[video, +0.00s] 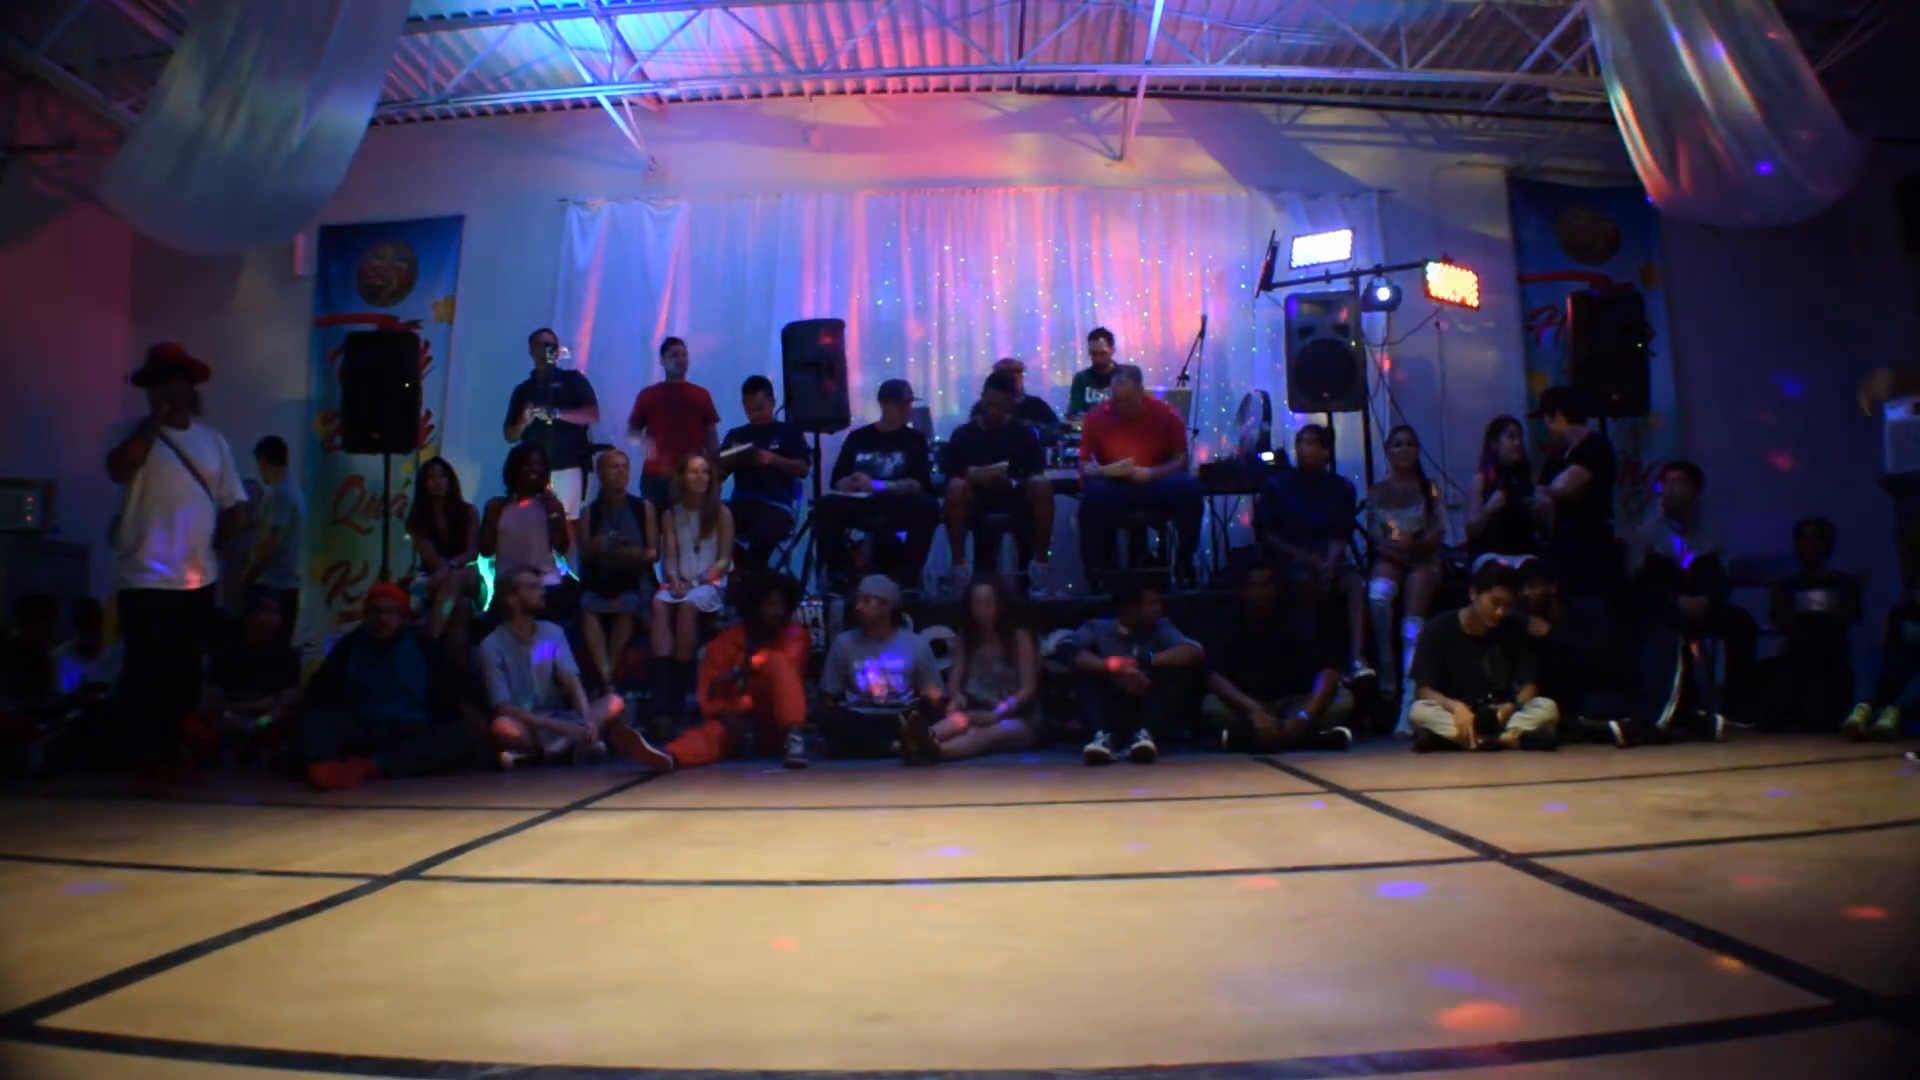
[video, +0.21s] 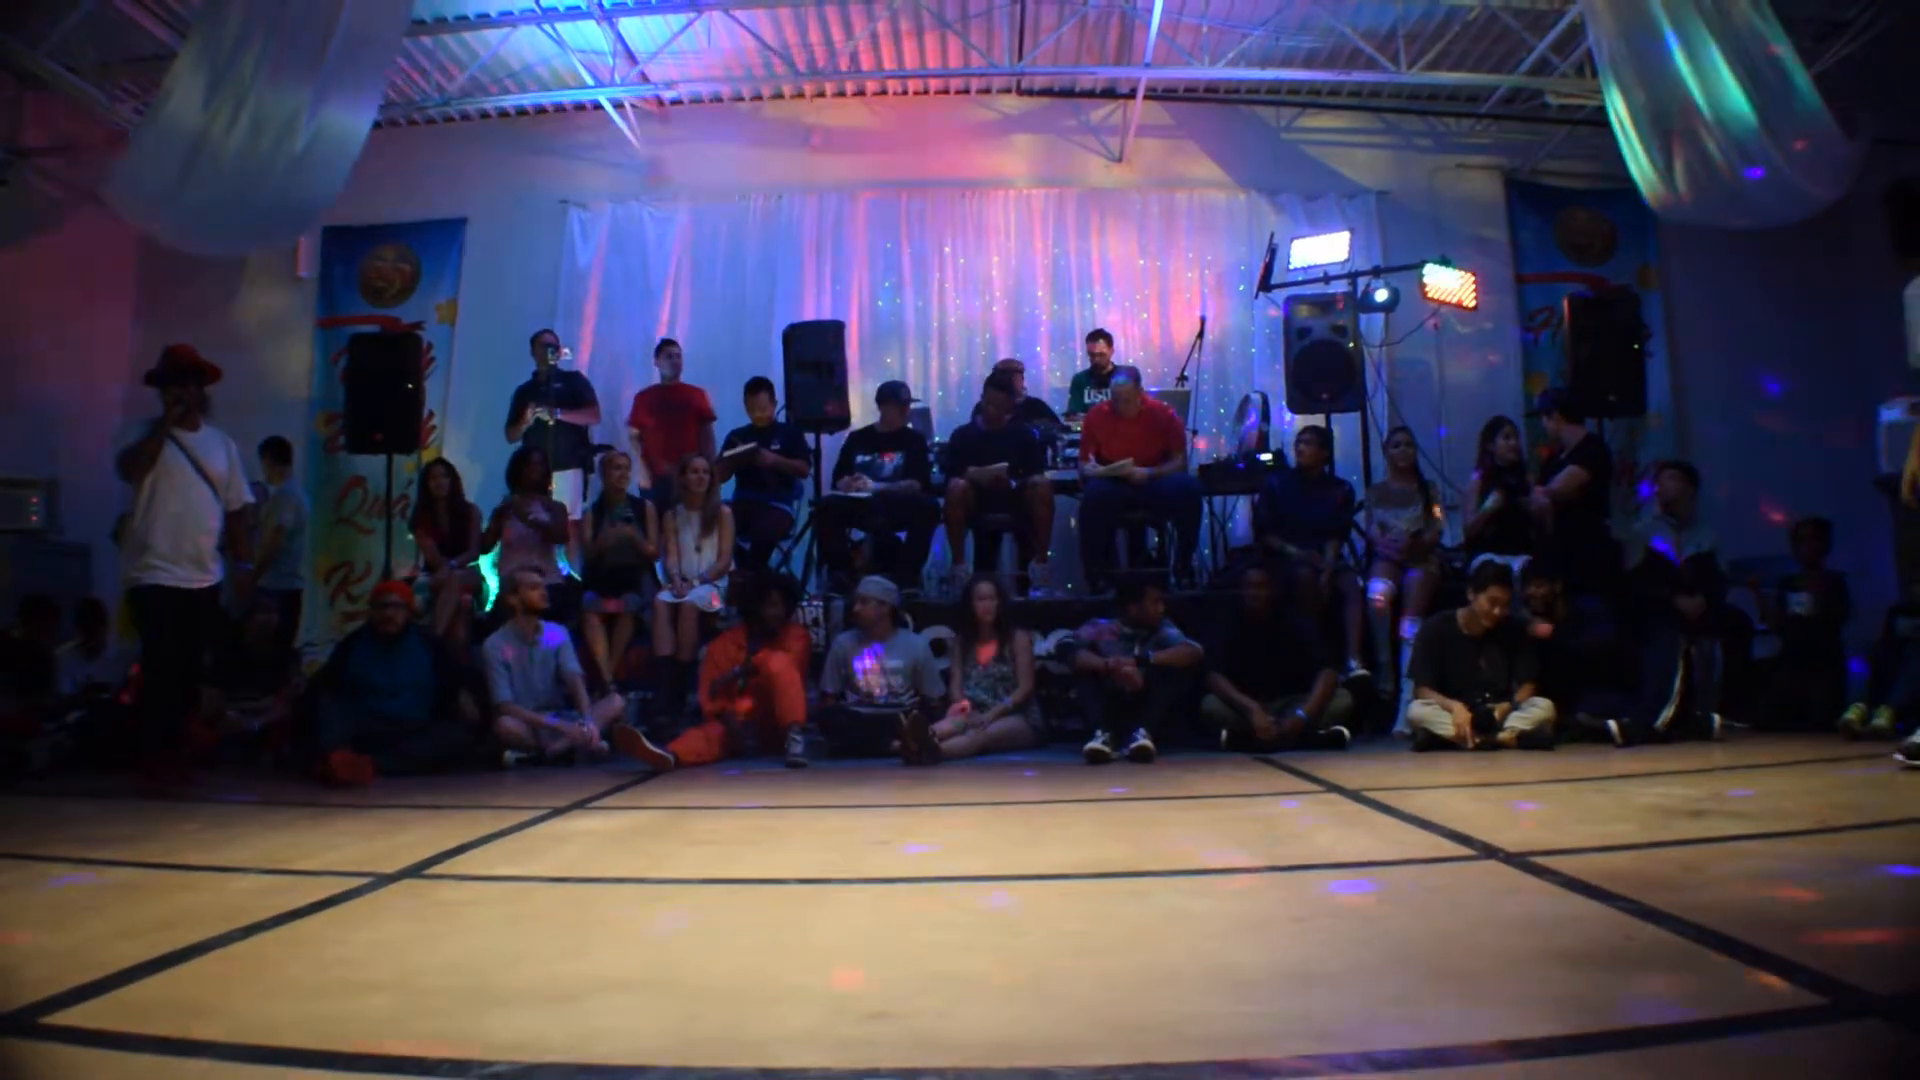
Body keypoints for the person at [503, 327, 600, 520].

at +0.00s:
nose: (548, 351)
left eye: (552, 346)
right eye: (542, 346)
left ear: (558, 351)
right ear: (531, 351)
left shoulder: (573, 379)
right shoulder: (523, 389)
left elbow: (592, 415)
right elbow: (510, 435)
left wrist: (556, 414)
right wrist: (523, 422)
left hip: (568, 464)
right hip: (534, 467)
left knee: (567, 524)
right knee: (534, 523)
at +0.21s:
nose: (550, 352)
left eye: (554, 347)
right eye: (544, 347)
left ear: (560, 352)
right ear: (533, 352)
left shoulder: (575, 380)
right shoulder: (524, 390)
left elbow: (593, 416)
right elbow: (511, 435)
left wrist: (557, 414)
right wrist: (525, 422)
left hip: (569, 465)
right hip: (536, 467)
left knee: (570, 525)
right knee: (537, 526)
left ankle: (574, 577)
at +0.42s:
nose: (548, 350)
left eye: (552, 346)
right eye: (542, 346)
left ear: (559, 351)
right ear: (531, 351)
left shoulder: (573, 379)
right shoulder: (522, 390)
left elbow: (592, 415)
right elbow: (510, 434)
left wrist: (556, 413)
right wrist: (524, 420)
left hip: (568, 463)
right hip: (535, 465)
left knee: (569, 524)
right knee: (535, 522)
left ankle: (573, 576)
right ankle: (538, 577)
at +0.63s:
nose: (548, 350)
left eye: (552, 345)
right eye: (542, 345)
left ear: (559, 350)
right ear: (531, 350)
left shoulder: (573, 379)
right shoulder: (522, 389)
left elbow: (591, 415)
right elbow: (509, 435)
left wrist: (556, 414)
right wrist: (524, 419)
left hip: (567, 464)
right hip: (534, 465)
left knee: (568, 525)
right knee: (534, 523)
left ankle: (571, 578)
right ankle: (537, 578)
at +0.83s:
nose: (548, 350)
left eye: (552, 346)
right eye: (542, 346)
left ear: (559, 350)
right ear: (531, 351)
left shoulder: (573, 379)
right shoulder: (522, 389)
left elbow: (592, 415)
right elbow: (509, 434)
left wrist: (556, 413)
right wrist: (524, 420)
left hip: (568, 463)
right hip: (535, 465)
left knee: (569, 524)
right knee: (534, 522)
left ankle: (572, 577)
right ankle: (537, 579)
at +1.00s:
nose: (548, 350)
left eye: (552, 346)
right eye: (542, 346)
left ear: (559, 350)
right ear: (531, 351)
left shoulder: (573, 379)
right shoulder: (522, 389)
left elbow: (592, 414)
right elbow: (510, 434)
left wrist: (556, 413)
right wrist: (524, 420)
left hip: (568, 463)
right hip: (535, 465)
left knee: (569, 524)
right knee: (534, 522)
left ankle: (572, 577)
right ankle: (537, 580)